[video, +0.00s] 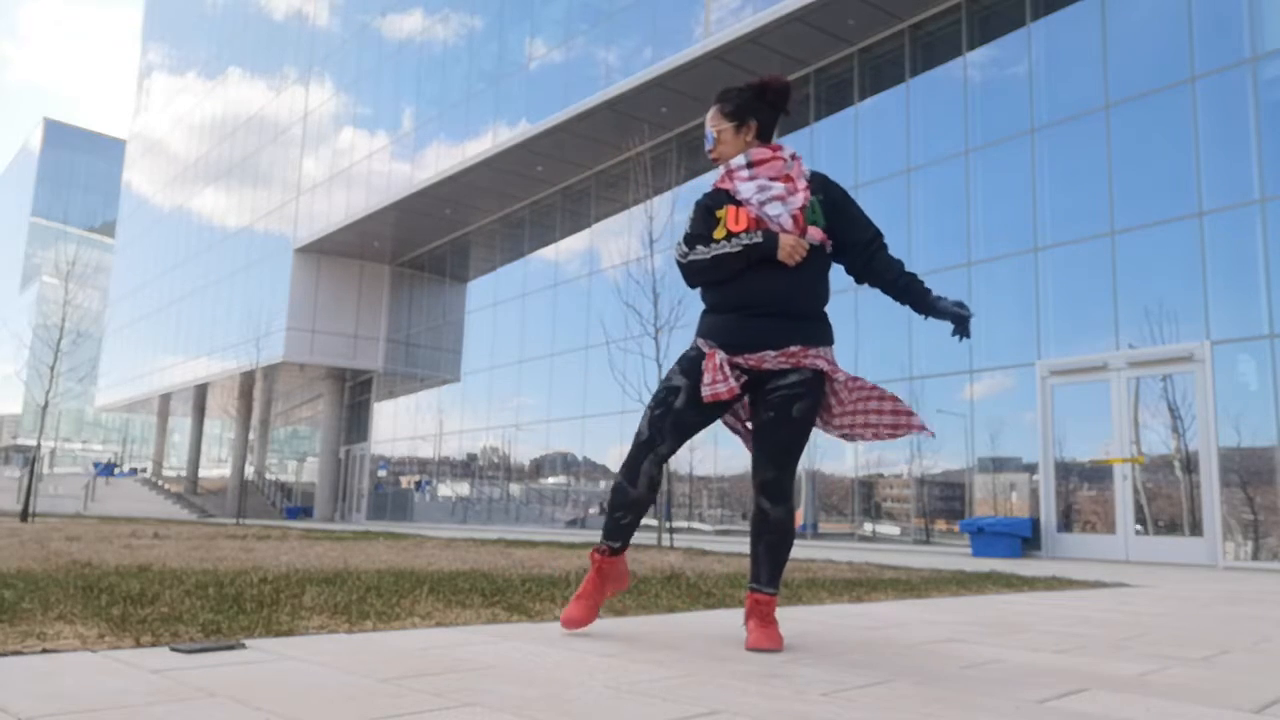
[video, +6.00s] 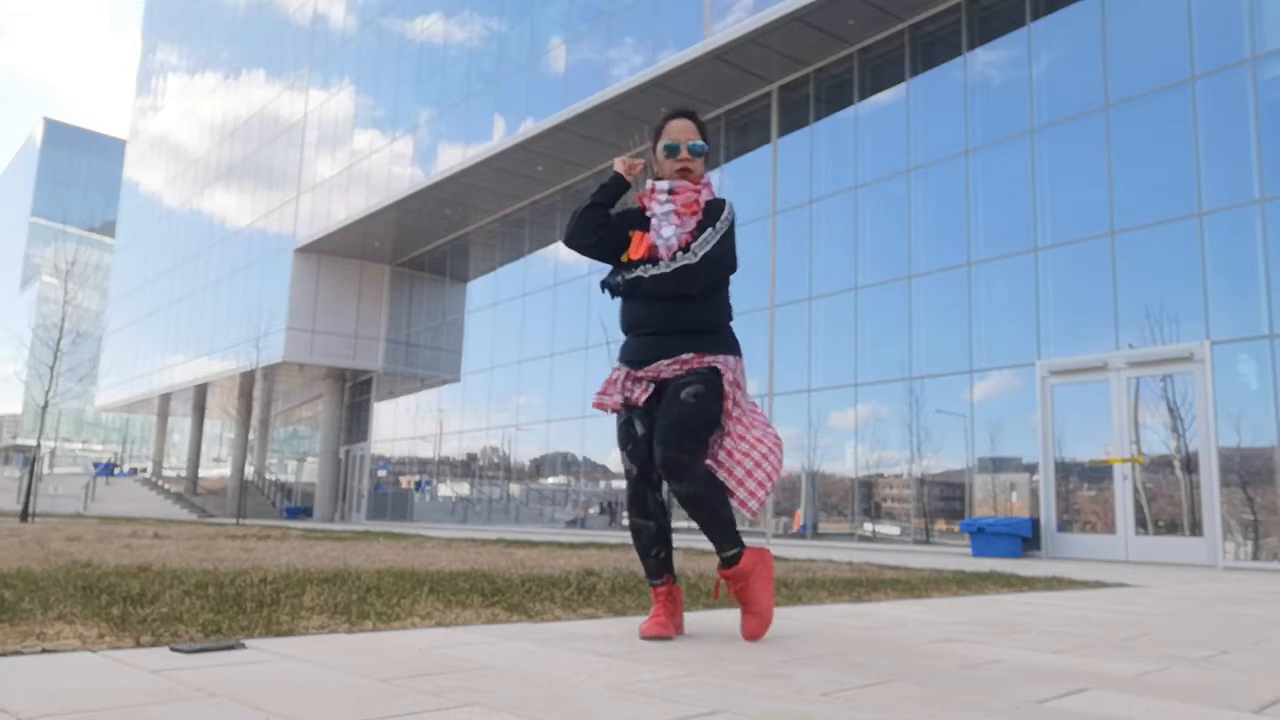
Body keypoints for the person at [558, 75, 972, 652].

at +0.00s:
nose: (709, 148)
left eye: (715, 136)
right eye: (708, 138)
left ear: (750, 132)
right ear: (733, 134)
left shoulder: (817, 194)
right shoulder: (716, 200)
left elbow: (871, 259)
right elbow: (690, 264)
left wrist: (931, 303)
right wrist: (765, 243)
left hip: (792, 359)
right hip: (716, 354)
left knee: (773, 484)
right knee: (650, 441)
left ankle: (762, 608)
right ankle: (607, 562)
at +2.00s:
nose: (760, 129)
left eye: (770, 118)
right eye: (747, 121)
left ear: (787, 128)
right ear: (732, 134)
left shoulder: (818, 195)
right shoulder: (716, 199)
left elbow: (852, 261)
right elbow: (685, 274)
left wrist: (887, 290)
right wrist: (651, 237)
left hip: (802, 350)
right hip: (728, 348)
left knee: (780, 480)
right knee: (743, 440)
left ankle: (763, 608)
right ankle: (698, 567)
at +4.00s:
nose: (750, 173)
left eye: (753, 163)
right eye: (741, 162)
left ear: (746, 163)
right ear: (705, 160)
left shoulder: (745, 227)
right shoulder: (653, 214)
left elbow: (733, 285)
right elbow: (584, 233)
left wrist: (639, 276)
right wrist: (617, 177)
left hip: (725, 366)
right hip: (654, 368)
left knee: (784, 479)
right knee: (656, 484)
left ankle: (853, 593)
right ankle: (668, 601)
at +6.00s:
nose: (685, 159)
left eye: (696, 150)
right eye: (672, 150)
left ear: (709, 159)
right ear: (653, 161)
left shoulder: (715, 211)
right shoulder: (635, 221)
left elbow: (700, 269)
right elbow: (579, 236)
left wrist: (624, 278)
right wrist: (618, 181)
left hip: (701, 362)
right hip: (640, 370)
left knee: (676, 454)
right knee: (640, 478)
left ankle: (740, 566)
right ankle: (664, 597)